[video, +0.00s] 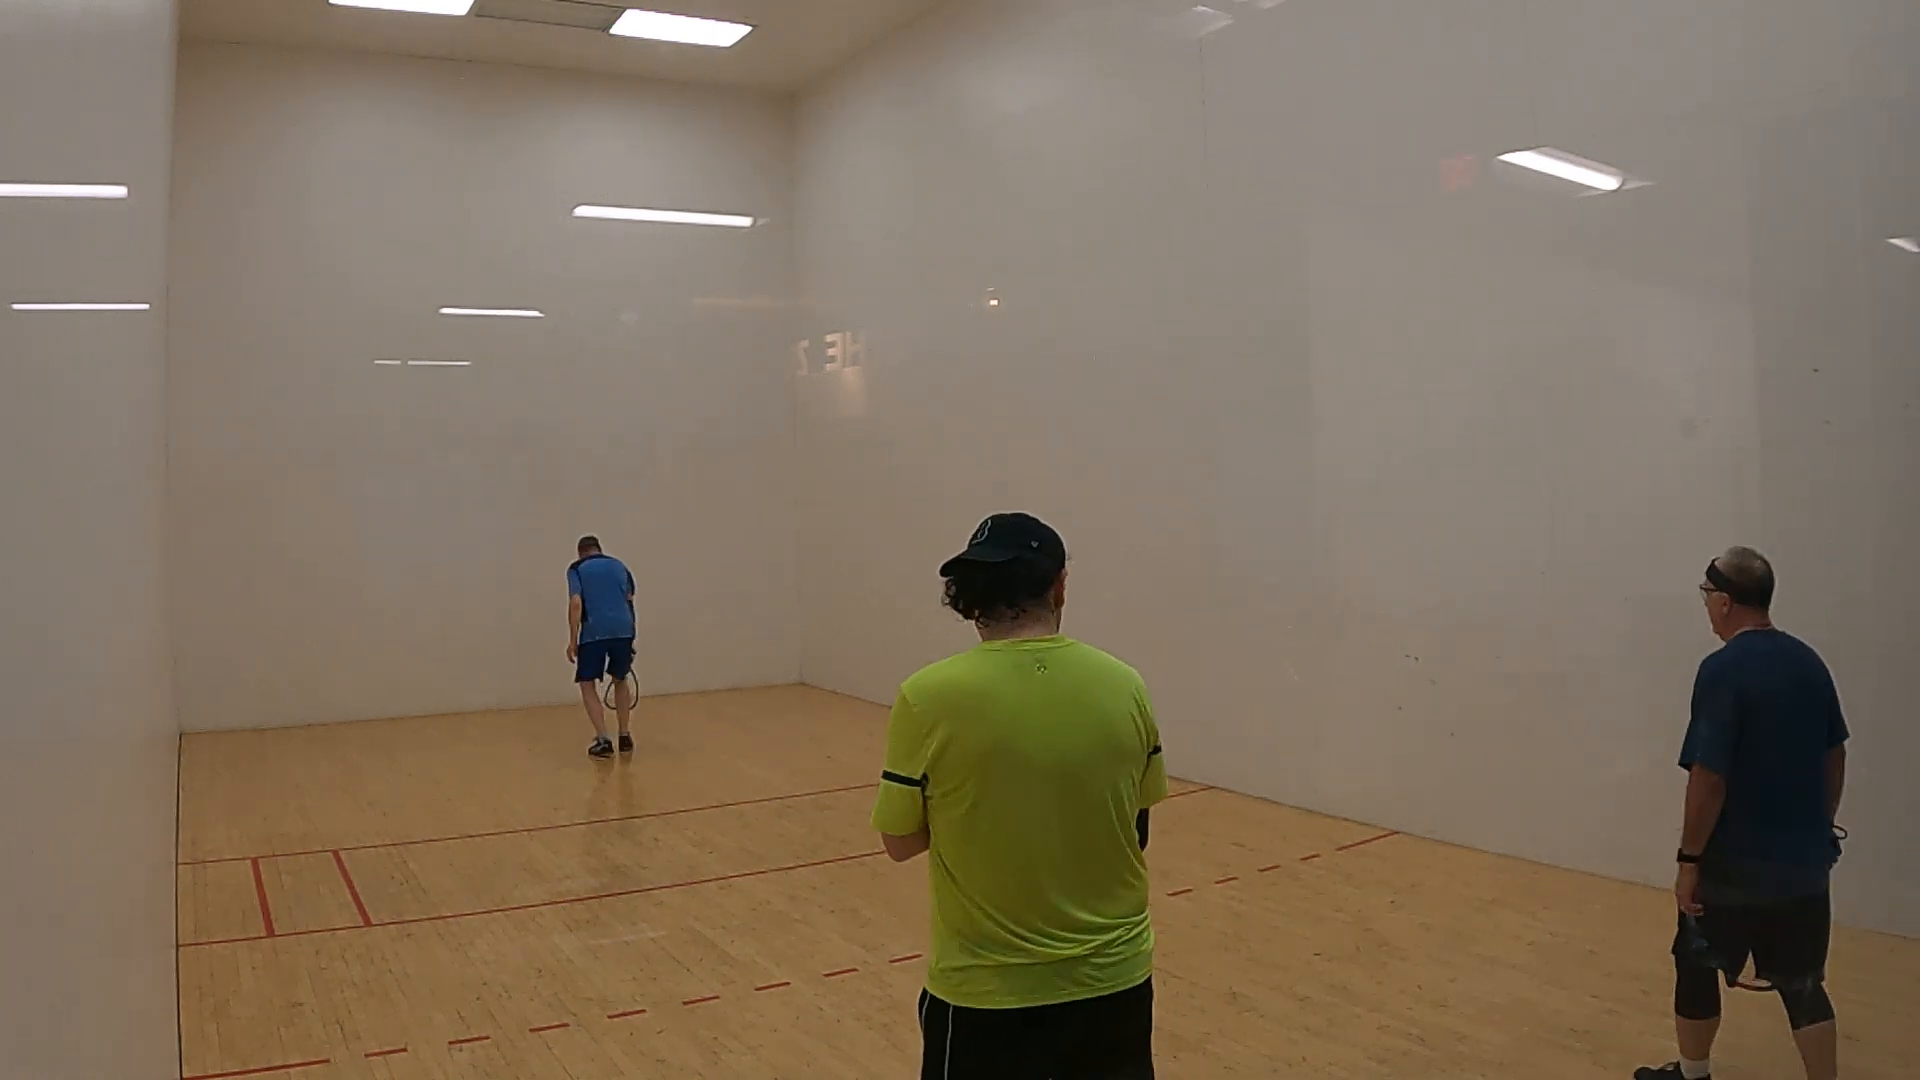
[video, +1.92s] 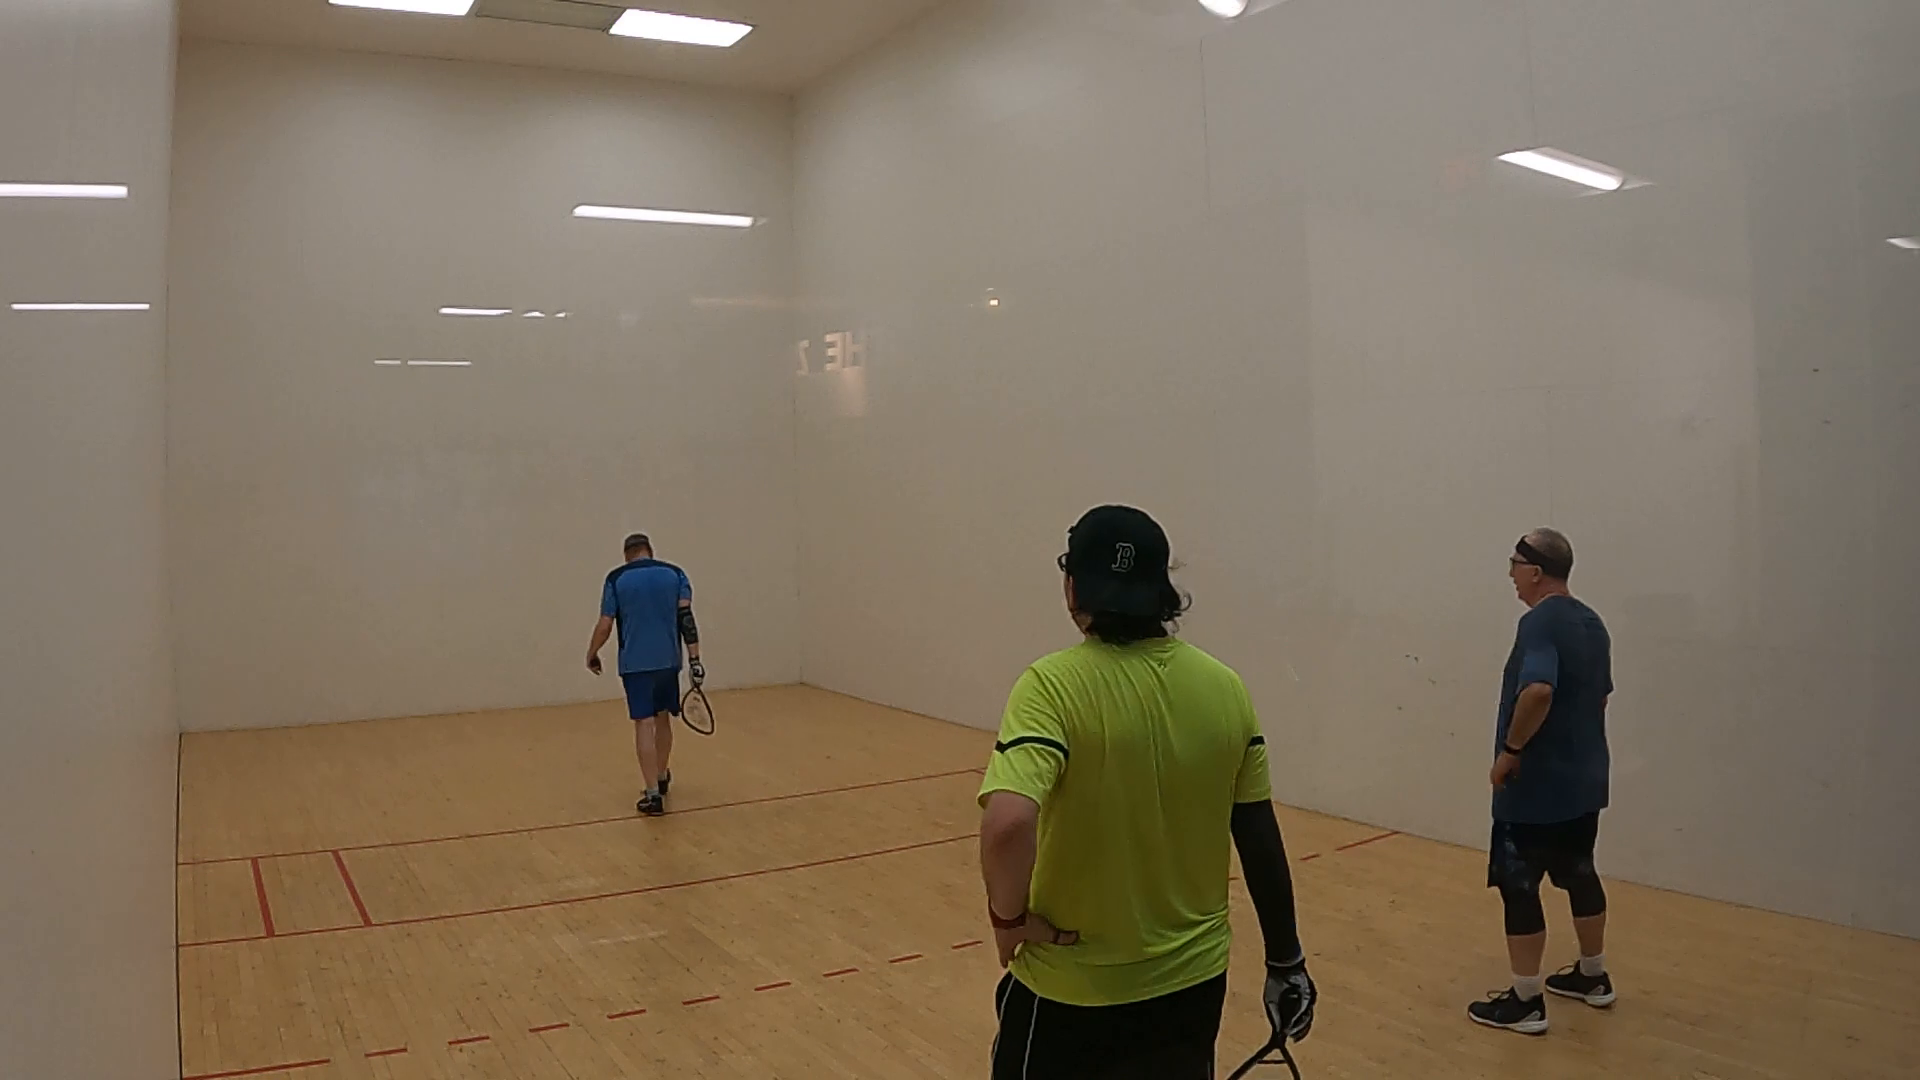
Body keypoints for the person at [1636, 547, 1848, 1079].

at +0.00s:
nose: (1707, 605)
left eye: (1709, 595)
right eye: (1707, 595)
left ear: (1724, 601)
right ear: (1764, 599)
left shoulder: (1722, 669)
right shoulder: (1809, 662)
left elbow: (1707, 778)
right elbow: (1833, 756)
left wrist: (1688, 859)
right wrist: (1821, 829)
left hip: (1733, 862)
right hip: (1802, 863)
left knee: (1695, 957)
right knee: (1802, 983)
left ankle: (1692, 1071)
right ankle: (1825, 1076)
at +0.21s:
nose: (1676, 593)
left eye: (1678, 584)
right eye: (1677, 583)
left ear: (1690, 590)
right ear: (1734, 589)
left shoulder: (1681, 659)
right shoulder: (1775, 654)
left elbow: (1650, 761)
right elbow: (1798, 748)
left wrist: (1622, 832)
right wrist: (1791, 817)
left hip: (1689, 846)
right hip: (1759, 842)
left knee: (1680, 955)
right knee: (1743, 942)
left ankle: (1689, 1069)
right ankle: (1777, 1045)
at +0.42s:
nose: (1646, 588)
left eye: (1648, 581)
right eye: (1648, 579)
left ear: (1659, 589)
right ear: (1704, 586)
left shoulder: (1652, 657)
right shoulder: (1746, 647)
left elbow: (1613, 751)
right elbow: (1771, 736)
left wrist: (1580, 812)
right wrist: (1761, 800)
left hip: (1668, 836)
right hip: (1729, 830)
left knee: (1673, 951)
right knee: (1703, 939)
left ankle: (1689, 1064)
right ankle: (1692, 1040)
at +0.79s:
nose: (1610, 584)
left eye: (1612, 576)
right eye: (1611, 575)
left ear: (1626, 582)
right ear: (1663, 583)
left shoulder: (1622, 646)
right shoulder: (1699, 643)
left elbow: (1602, 741)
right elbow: (1716, 727)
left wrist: (1579, 811)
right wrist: (1707, 797)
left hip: (1630, 819)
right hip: (1685, 818)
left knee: (1607, 922)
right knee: (1652, 919)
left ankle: (1667, 1045)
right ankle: (1630, 1019)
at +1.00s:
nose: (1584, 579)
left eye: (1587, 571)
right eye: (1586, 570)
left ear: (1602, 577)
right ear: (1636, 578)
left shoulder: (1604, 639)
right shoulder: (1670, 634)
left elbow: (1597, 729)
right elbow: (1683, 716)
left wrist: (1587, 807)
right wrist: (1662, 781)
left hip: (1603, 810)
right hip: (1663, 811)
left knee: (1558, 892)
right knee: (1642, 911)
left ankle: (1594, 1005)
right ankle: (1629, 1025)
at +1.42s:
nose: (1522, 580)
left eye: (1525, 572)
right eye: (1523, 571)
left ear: (1541, 577)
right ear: (1573, 576)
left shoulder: (1539, 640)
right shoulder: (1610, 630)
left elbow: (1525, 732)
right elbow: (1619, 704)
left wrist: (1506, 797)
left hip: (1545, 799)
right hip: (1602, 798)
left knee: (1523, 894)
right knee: (1597, 889)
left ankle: (1525, 1001)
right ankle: (1621, 992)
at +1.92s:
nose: (1511, 572)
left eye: (1516, 564)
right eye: (1513, 563)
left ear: (1537, 571)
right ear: (1558, 572)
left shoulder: (1539, 620)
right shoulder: (1591, 621)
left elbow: (1538, 690)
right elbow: (1601, 695)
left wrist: (1511, 750)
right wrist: (1576, 746)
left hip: (1534, 783)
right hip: (1584, 781)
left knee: (1516, 881)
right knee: (1577, 869)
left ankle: (1525, 999)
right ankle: (1593, 975)